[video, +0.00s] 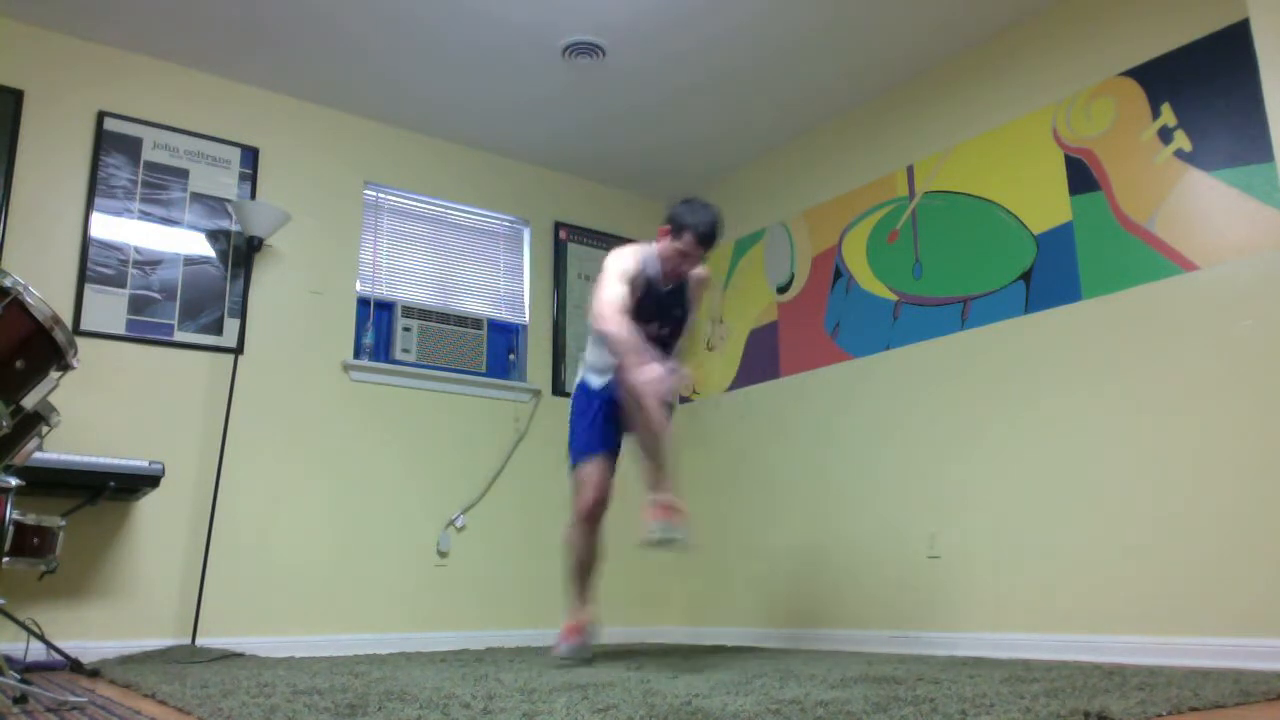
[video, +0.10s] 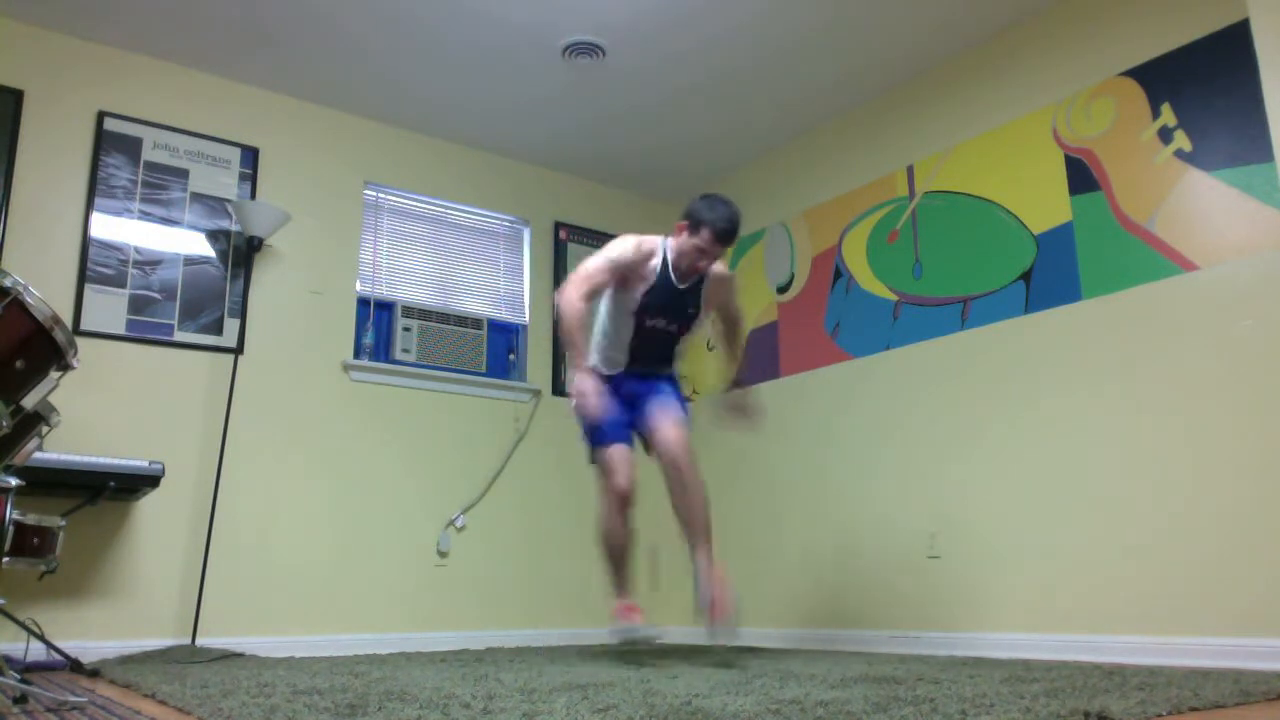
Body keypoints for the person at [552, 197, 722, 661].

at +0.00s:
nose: (686, 264)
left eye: (695, 258)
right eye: (682, 252)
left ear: (704, 255)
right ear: (665, 236)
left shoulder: (696, 280)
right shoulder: (626, 261)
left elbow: (681, 332)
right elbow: (609, 319)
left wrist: (672, 370)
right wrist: (643, 366)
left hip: (652, 385)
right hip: (601, 385)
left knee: (635, 380)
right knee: (590, 502)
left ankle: (661, 499)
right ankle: (579, 616)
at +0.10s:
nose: (705, 263)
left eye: (715, 256)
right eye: (700, 251)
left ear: (724, 252)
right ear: (681, 232)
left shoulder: (718, 279)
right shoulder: (634, 252)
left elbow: (731, 325)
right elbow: (570, 295)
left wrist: (736, 376)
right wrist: (580, 369)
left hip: (657, 380)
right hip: (605, 378)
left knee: (677, 453)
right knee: (620, 486)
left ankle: (706, 575)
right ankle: (623, 601)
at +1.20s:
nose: (769, 250)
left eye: (777, 243)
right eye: (770, 237)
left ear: (756, 225)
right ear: (745, 212)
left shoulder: (743, 272)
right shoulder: (683, 219)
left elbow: (775, 317)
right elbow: (608, 178)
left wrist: (829, 353)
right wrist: (616, 239)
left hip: (702, 388)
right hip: (649, 383)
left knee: (775, 481)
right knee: (693, 495)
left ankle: (772, 620)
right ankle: (718, 607)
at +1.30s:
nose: (788, 255)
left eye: (794, 248)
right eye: (789, 242)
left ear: (769, 228)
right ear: (763, 220)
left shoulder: (754, 297)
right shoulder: (699, 228)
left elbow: (742, 373)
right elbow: (611, 193)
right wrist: (622, 235)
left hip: (729, 405)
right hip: (670, 397)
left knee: (787, 504)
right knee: (712, 517)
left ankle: (761, 639)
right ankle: (762, 623)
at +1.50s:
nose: (774, 211)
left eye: (782, 207)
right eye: (775, 199)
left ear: (780, 204)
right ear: (756, 178)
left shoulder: (754, 235)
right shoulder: (688, 189)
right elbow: (688, 207)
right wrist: (741, 219)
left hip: (724, 368)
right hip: (671, 358)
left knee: (771, 480)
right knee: (709, 462)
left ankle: (775, 621)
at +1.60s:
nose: (770, 215)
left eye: (776, 208)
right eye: (771, 202)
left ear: (751, 185)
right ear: (745, 179)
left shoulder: (735, 225)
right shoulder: (686, 201)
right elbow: (743, 240)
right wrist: (824, 245)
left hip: (700, 371)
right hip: (662, 362)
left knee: (770, 476)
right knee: (707, 495)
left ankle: (777, 609)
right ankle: (655, 638)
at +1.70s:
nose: (783, 261)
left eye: (791, 255)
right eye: (786, 250)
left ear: (779, 233)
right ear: (771, 227)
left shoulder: (746, 255)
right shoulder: (704, 229)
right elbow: (726, 286)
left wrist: (811, 275)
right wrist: (815, 270)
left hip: (669, 383)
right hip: (634, 374)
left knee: (750, 469)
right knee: (684, 506)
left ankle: (746, 601)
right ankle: (654, 642)